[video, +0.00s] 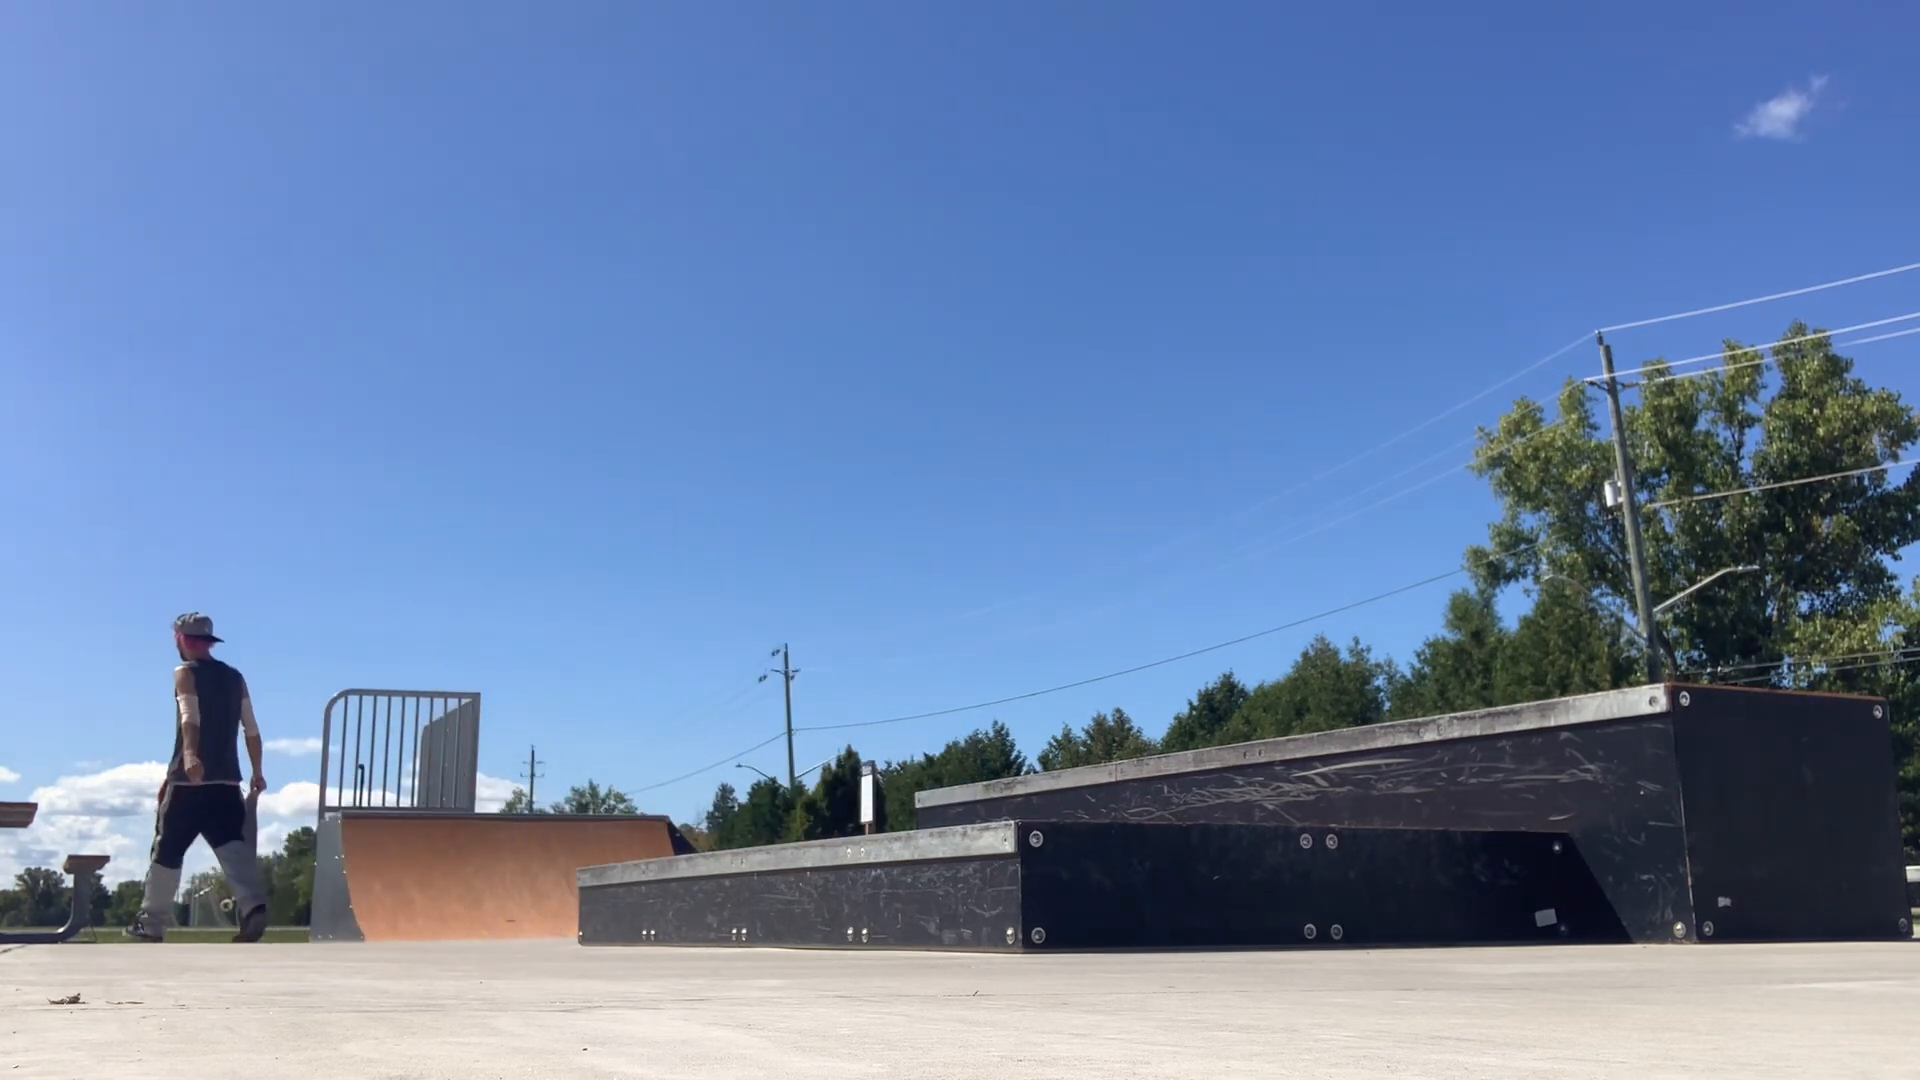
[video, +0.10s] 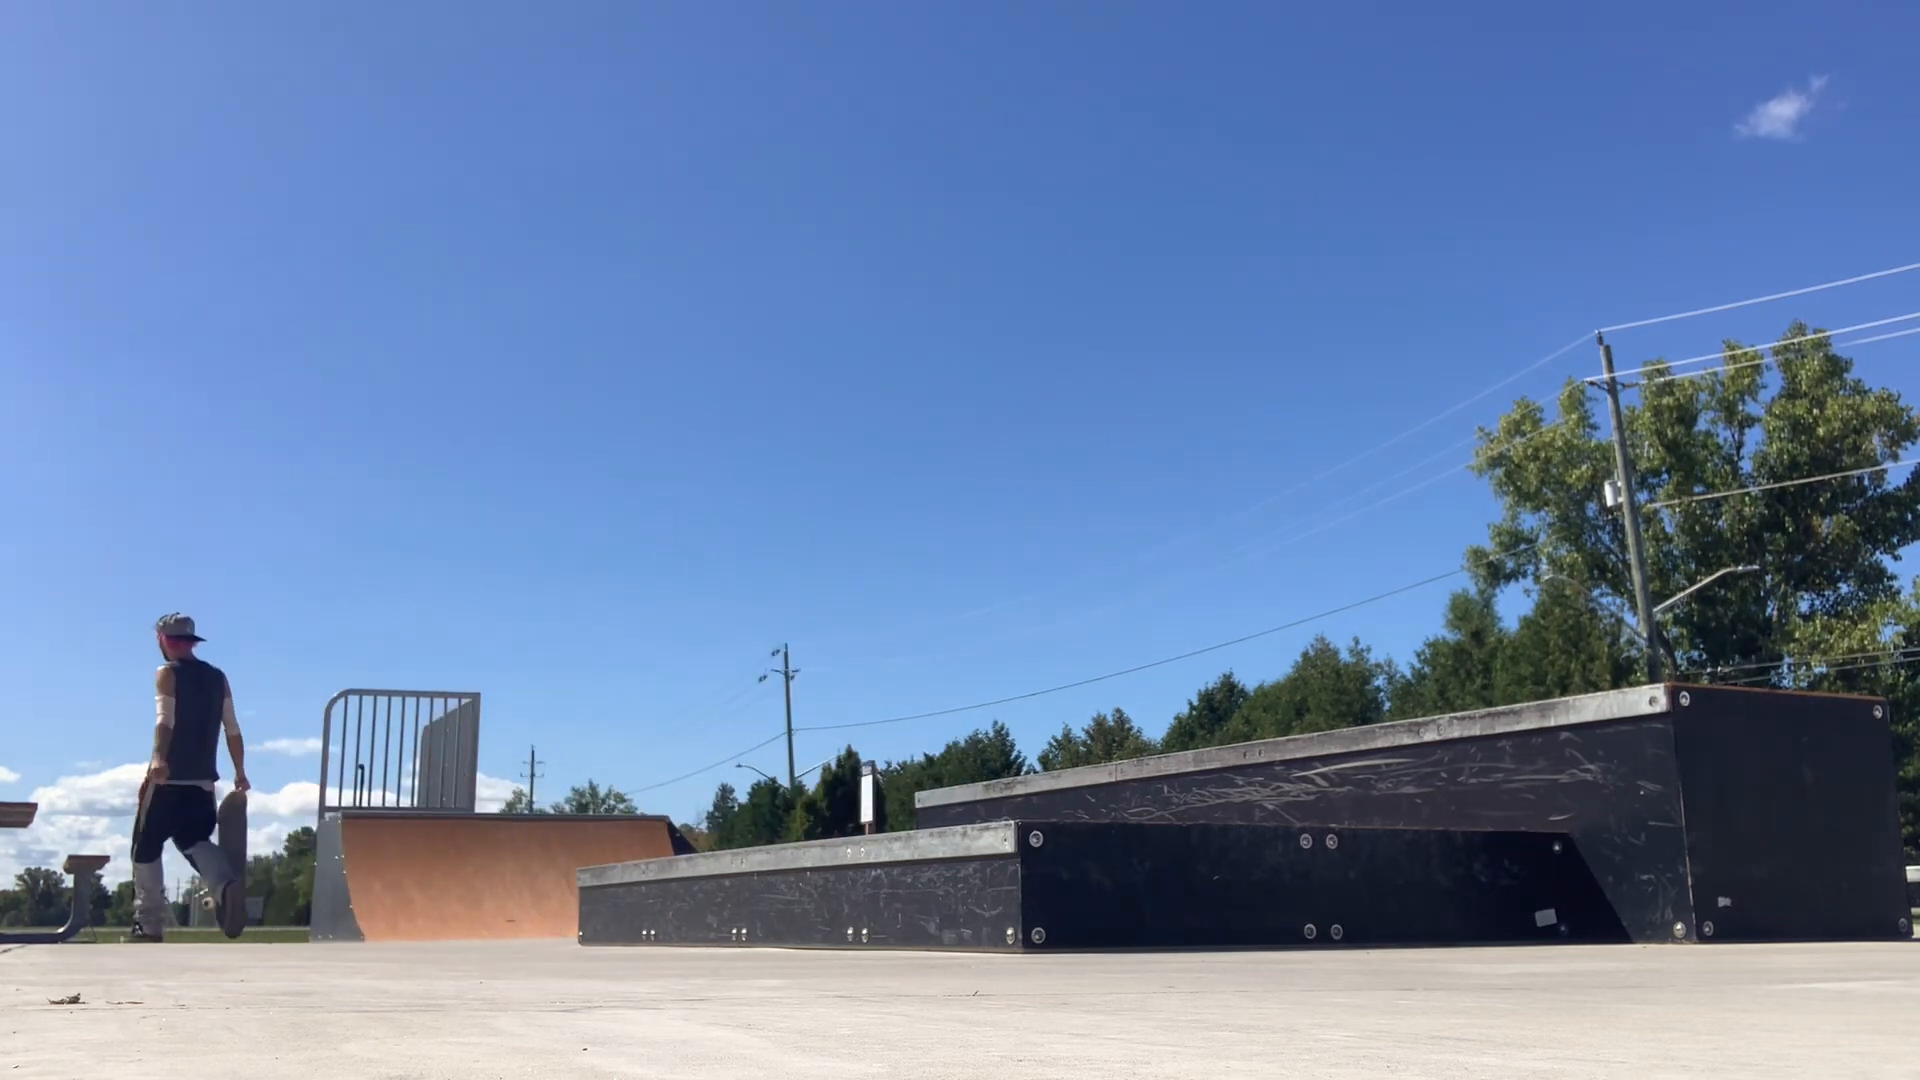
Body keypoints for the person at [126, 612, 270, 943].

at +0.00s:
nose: (178, 644)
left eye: (178, 639)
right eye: (180, 639)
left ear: (182, 640)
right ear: (210, 641)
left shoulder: (184, 673)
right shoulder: (235, 677)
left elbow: (190, 718)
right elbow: (251, 730)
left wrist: (190, 756)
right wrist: (257, 772)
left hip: (187, 782)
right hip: (225, 783)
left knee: (167, 852)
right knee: (231, 846)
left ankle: (151, 923)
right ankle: (251, 907)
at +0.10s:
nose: (160, 646)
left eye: (160, 641)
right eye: (163, 640)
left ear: (164, 640)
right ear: (193, 641)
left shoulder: (167, 673)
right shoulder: (217, 676)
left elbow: (165, 721)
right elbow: (233, 729)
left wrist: (158, 759)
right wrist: (240, 771)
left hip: (167, 783)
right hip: (203, 785)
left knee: (145, 850)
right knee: (194, 839)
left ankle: (149, 925)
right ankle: (225, 887)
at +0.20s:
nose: (148, 642)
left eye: (148, 637)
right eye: (150, 637)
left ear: (153, 637)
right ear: (180, 638)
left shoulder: (152, 671)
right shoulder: (205, 676)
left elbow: (138, 723)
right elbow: (216, 731)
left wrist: (115, 763)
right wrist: (223, 773)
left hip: (152, 778)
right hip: (186, 779)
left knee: (139, 849)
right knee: (172, 840)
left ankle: (149, 926)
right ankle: (191, 890)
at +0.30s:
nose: (137, 644)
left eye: (137, 638)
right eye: (142, 638)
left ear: (140, 637)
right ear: (169, 639)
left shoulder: (139, 671)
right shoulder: (191, 677)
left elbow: (111, 725)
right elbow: (201, 731)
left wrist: (76, 763)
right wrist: (206, 774)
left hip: (142, 777)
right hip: (174, 780)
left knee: (136, 846)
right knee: (149, 843)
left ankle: (150, 925)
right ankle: (154, 912)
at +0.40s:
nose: (125, 648)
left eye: (125, 642)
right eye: (128, 643)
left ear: (129, 643)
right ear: (156, 646)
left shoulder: (126, 677)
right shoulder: (177, 683)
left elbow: (91, 724)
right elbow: (188, 737)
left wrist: (54, 754)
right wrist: (190, 779)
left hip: (130, 778)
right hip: (159, 781)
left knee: (134, 851)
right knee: (129, 853)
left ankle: (151, 926)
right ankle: (105, 923)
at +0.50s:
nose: (113, 653)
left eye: (114, 648)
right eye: (116, 648)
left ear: (118, 649)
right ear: (144, 652)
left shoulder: (112, 682)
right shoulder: (163, 690)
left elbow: (78, 727)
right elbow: (175, 740)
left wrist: (47, 746)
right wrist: (175, 781)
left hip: (115, 782)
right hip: (145, 784)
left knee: (119, 853)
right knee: (117, 857)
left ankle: (150, 918)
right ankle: (76, 924)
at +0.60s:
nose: (104, 655)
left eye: (105, 651)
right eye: (107, 651)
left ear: (108, 652)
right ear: (135, 655)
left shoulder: (99, 686)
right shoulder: (151, 692)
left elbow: (71, 730)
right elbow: (161, 742)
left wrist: (46, 748)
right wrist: (161, 782)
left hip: (98, 785)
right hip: (129, 788)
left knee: (88, 853)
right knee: (96, 856)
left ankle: (129, 903)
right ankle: (72, 928)